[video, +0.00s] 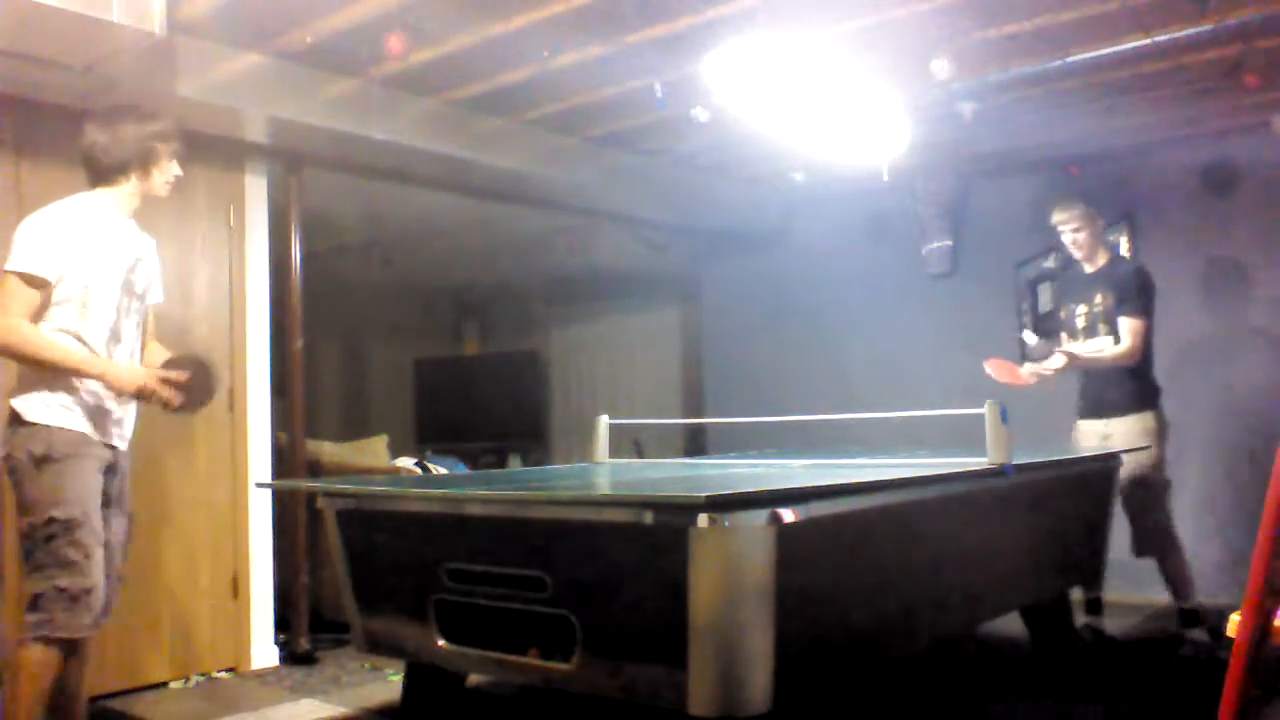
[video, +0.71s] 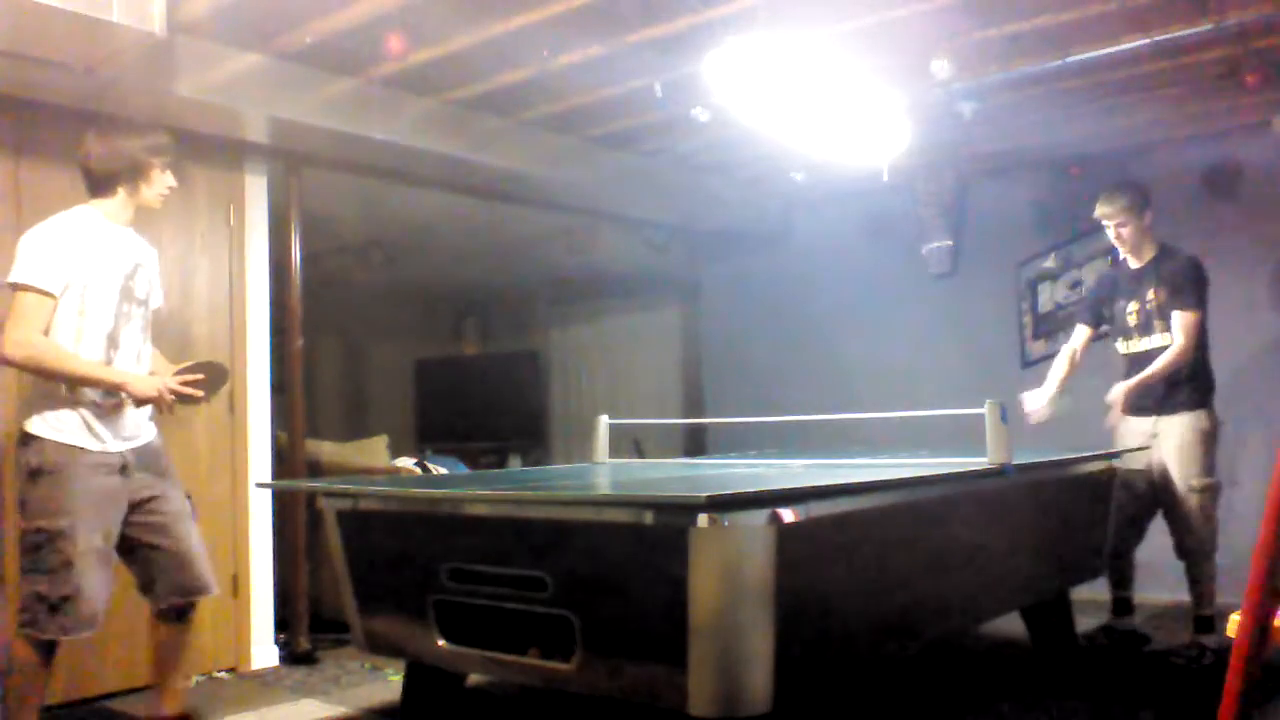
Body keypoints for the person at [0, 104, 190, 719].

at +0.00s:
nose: (178, 170)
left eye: (177, 157)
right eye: (169, 157)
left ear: (131, 162)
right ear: (134, 159)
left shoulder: (143, 248)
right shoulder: (56, 223)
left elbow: (139, 337)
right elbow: (10, 325)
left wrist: (167, 374)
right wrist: (109, 370)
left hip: (107, 434)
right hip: (51, 429)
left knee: (92, 598)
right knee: (64, 596)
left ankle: (68, 716)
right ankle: (21, 716)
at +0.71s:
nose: (172, 181)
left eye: (170, 168)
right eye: (163, 168)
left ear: (136, 174)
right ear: (129, 172)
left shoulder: (144, 256)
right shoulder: (53, 239)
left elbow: (135, 341)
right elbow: (18, 342)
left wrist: (170, 376)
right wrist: (125, 379)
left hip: (135, 443)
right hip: (65, 447)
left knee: (181, 583)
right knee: (54, 607)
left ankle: (167, 708)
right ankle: (21, 713)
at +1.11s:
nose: (258, 210)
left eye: (258, 197)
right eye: (253, 195)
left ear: (219, 196)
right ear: (223, 196)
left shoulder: (214, 271)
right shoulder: (141, 258)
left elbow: (209, 364)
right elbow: (110, 363)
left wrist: (241, 408)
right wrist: (212, 410)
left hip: (181, 448)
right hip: (119, 448)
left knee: (207, 585)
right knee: (80, 599)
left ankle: (214, 711)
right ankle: (26, 716)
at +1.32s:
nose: (311, 242)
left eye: (312, 230)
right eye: (305, 228)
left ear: (266, 228)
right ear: (276, 227)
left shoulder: (248, 281)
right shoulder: (228, 276)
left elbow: (228, 386)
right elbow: (224, 394)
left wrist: (261, 451)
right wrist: (315, 428)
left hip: (190, 451)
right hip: (135, 443)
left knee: (220, 586)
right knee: (87, 596)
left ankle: (217, 711)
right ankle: (27, 713)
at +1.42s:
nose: (334, 255)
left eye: (335, 245)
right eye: (330, 243)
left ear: (284, 239)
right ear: (301, 242)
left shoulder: (249, 284)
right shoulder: (267, 292)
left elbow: (208, 386)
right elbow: (292, 408)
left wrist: (249, 456)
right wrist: (386, 435)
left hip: (193, 455)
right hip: (142, 446)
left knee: (222, 586)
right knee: (84, 597)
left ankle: (218, 710)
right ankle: (27, 711)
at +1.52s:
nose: (345, 263)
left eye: (347, 252)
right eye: (341, 250)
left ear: (295, 242)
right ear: (314, 244)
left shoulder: (256, 284)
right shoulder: (292, 295)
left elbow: (206, 372)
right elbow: (352, 391)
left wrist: (231, 449)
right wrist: (448, 409)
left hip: (195, 454)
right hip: (149, 442)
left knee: (221, 582)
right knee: (86, 587)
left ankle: (219, 708)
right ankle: (8, 699)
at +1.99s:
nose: (311, 200)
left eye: (308, 190)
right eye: (303, 190)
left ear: (257, 197)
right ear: (278, 198)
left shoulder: (243, 250)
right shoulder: (253, 247)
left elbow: (195, 344)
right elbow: (271, 361)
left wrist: (229, 453)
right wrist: (374, 368)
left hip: (208, 443)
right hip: (168, 429)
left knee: (230, 585)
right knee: (128, 588)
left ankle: (224, 710)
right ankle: (35, 710)